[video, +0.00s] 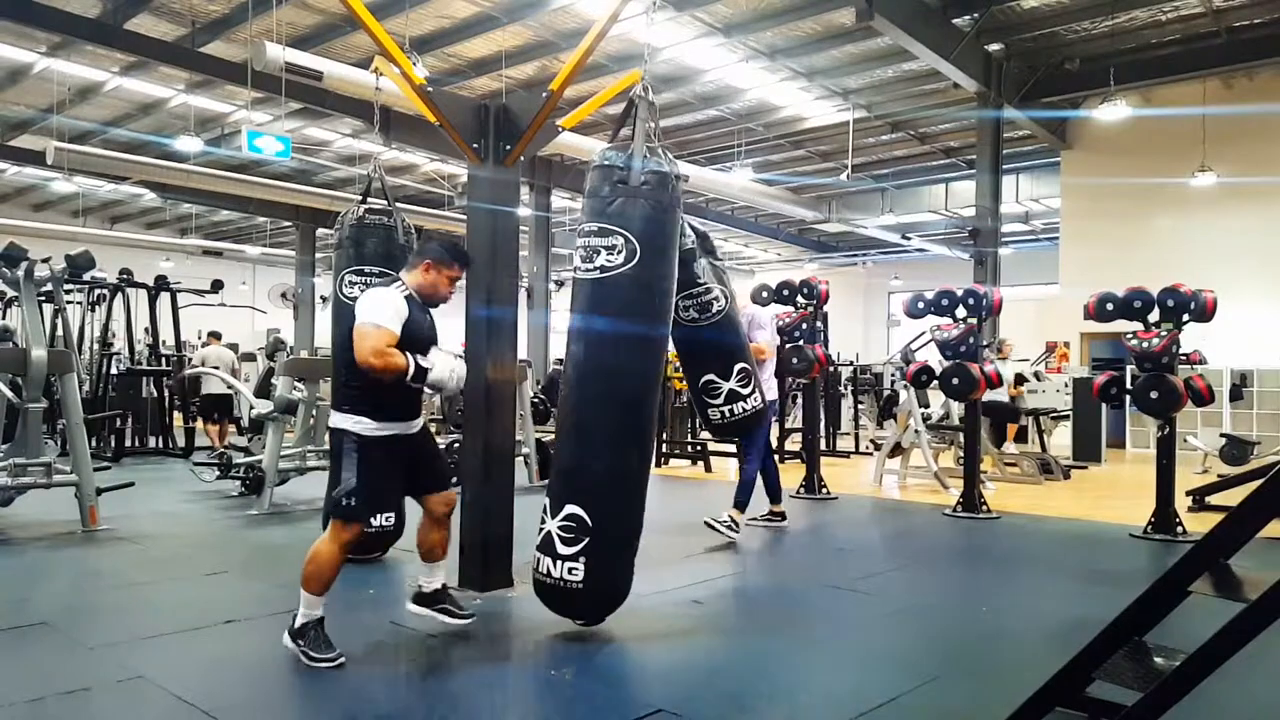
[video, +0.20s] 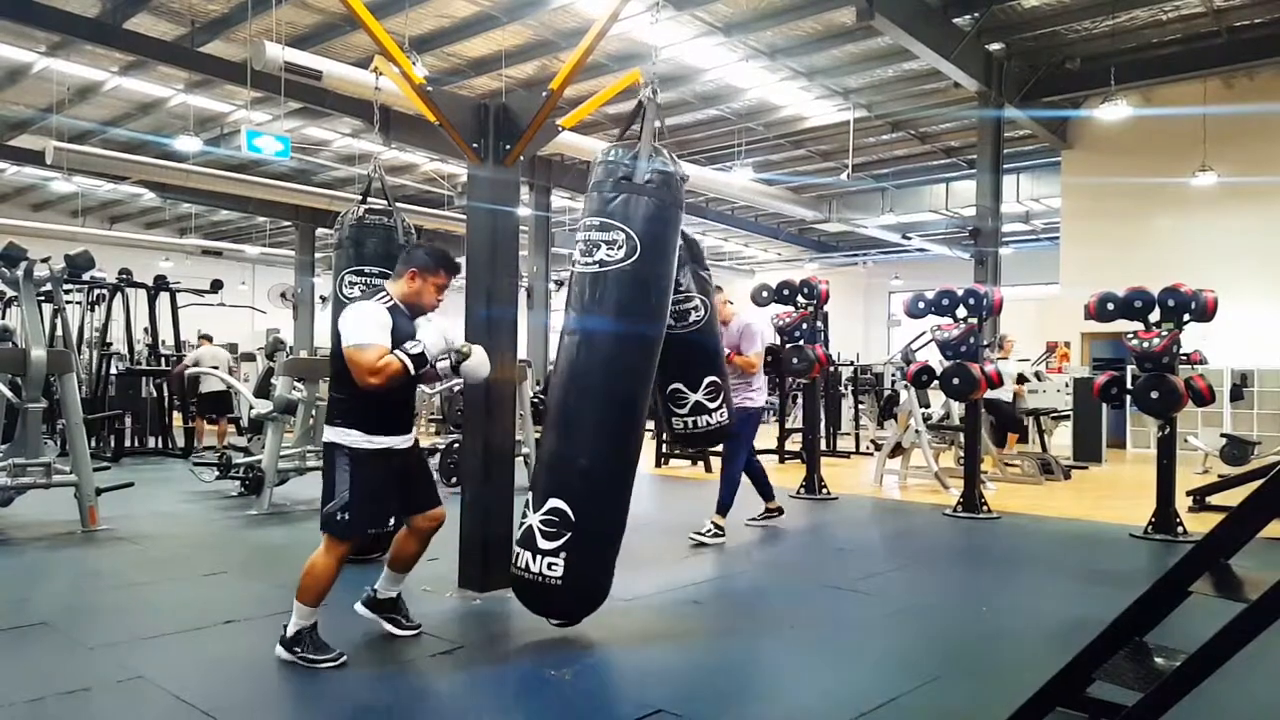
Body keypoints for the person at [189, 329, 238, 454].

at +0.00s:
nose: (207, 342)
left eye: (208, 340)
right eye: (208, 340)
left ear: (209, 340)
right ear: (220, 340)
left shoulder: (203, 352)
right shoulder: (230, 353)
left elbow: (193, 368)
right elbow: (237, 371)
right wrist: (236, 385)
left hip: (208, 391)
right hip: (227, 392)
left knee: (208, 421)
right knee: (224, 421)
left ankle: (216, 446)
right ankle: (222, 446)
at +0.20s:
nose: (199, 345)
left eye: (199, 343)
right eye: (199, 343)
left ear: (202, 341)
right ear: (211, 341)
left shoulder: (199, 351)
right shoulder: (225, 352)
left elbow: (183, 366)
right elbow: (233, 370)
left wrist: (173, 372)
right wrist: (233, 385)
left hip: (206, 391)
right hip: (224, 390)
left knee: (200, 418)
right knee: (223, 419)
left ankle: (199, 446)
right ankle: (220, 446)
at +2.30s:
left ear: (177, 360)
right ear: (187, 355)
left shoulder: (178, 362)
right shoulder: (202, 356)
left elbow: (163, 378)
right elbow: (216, 367)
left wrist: (144, 388)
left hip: (200, 391)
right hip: (217, 387)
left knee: (196, 421)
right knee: (218, 420)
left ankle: (196, 447)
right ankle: (220, 446)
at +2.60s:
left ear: (177, 360)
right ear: (187, 355)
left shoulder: (177, 362)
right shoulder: (202, 357)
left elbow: (161, 379)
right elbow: (215, 367)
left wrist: (142, 386)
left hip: (199, 391)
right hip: (216, 387)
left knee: (196, 422)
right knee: (218, 420)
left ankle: (196, 448)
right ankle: (220, 446)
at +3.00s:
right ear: (196, 350)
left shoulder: (180, 361)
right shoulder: (204, 357)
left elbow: (177, 375)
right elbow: (215, 368)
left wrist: (178, 395)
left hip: (200, 389)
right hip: (217, 386)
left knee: (196, 421)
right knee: (219, 419)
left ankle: (196, 447)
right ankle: (220, 446)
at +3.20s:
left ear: (188, 352)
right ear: (200, 350)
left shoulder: (184, 360)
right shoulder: (210, 356)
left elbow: (184, 380)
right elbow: (221, 368)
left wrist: (183, 399)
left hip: (201, 391)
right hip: (220, 388)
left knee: (197, 421)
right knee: (220, 420)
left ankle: (197, 447)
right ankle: (220, 446)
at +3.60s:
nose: (197, 352)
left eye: (197, 350)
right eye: (196, 350)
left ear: (200, 347)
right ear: (208, 346)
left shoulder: (198, 354)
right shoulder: (225, 353)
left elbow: (195, 376)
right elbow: (234, 372)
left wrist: (192, 393)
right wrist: (232, 386)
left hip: (209, 392)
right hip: (226, 391)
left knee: (198, 419)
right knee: (223, 421)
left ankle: (196, 447)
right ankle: (219, 447)